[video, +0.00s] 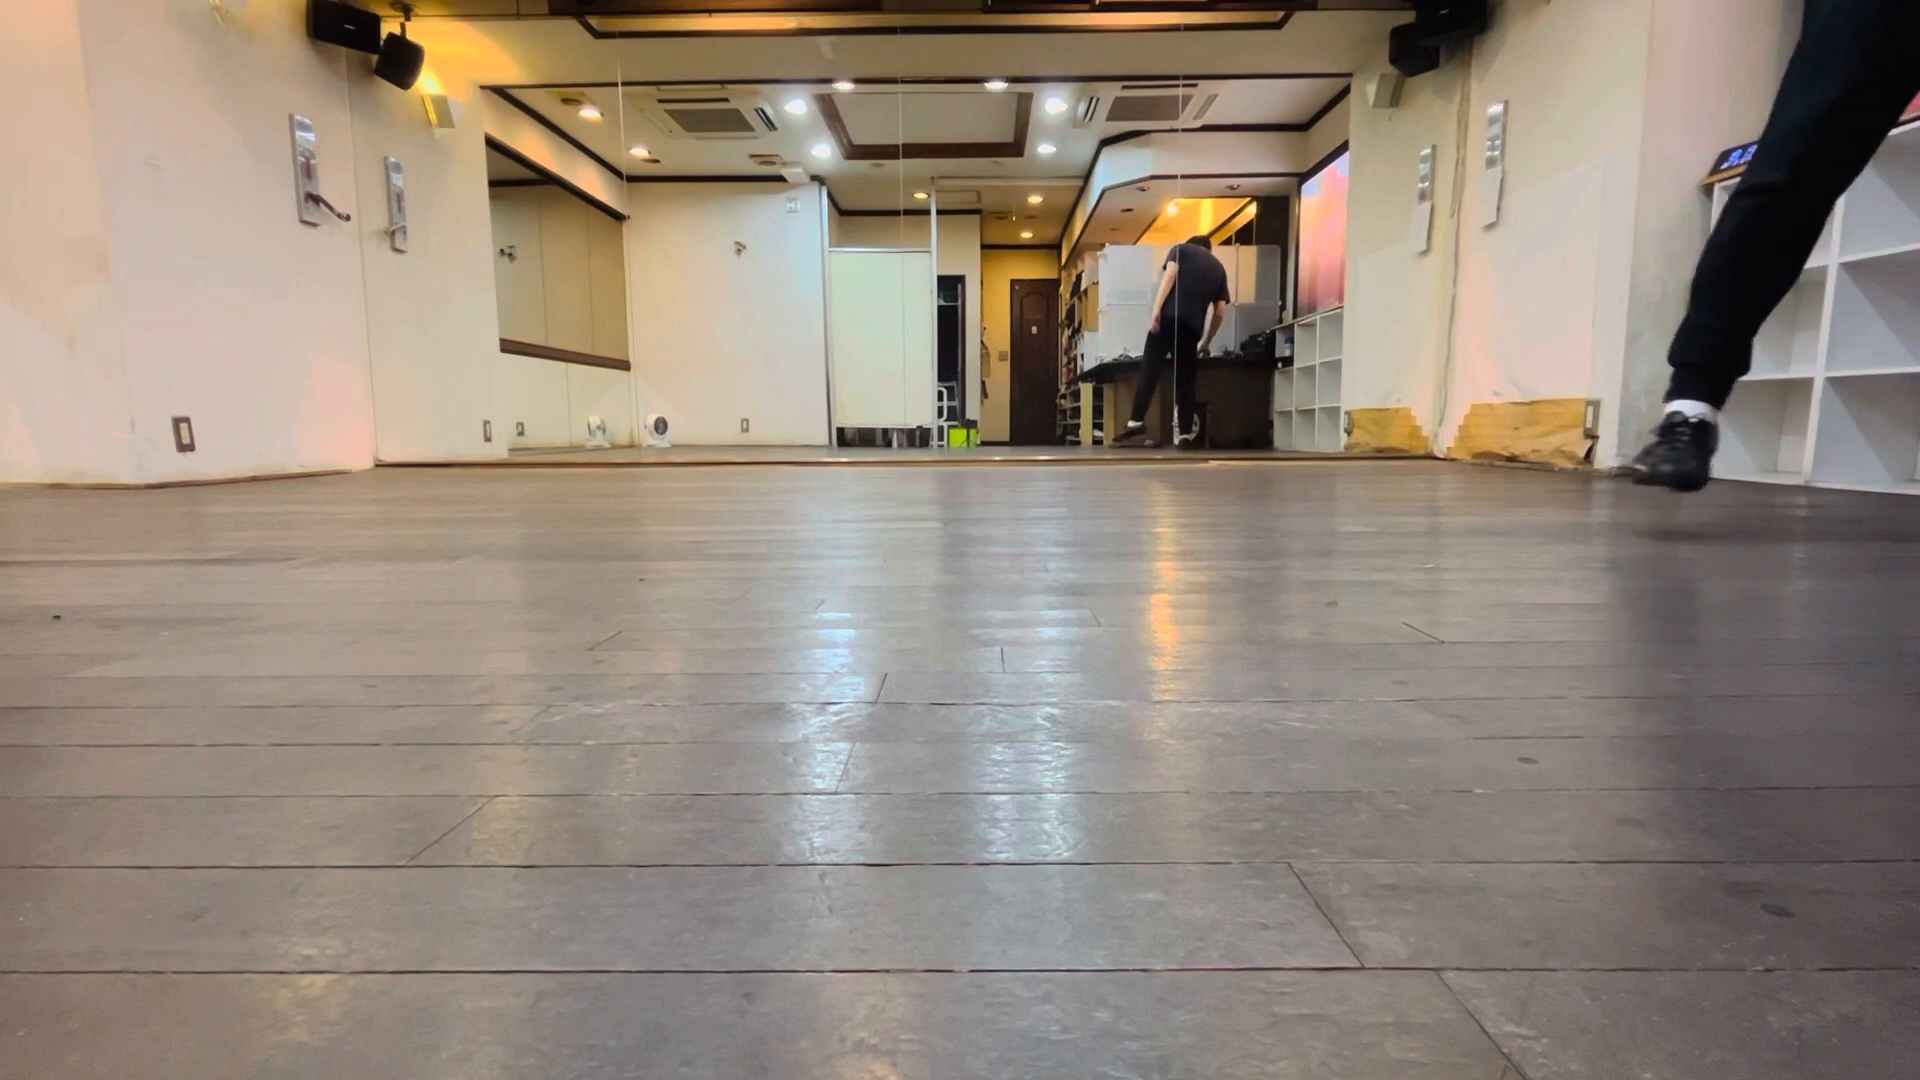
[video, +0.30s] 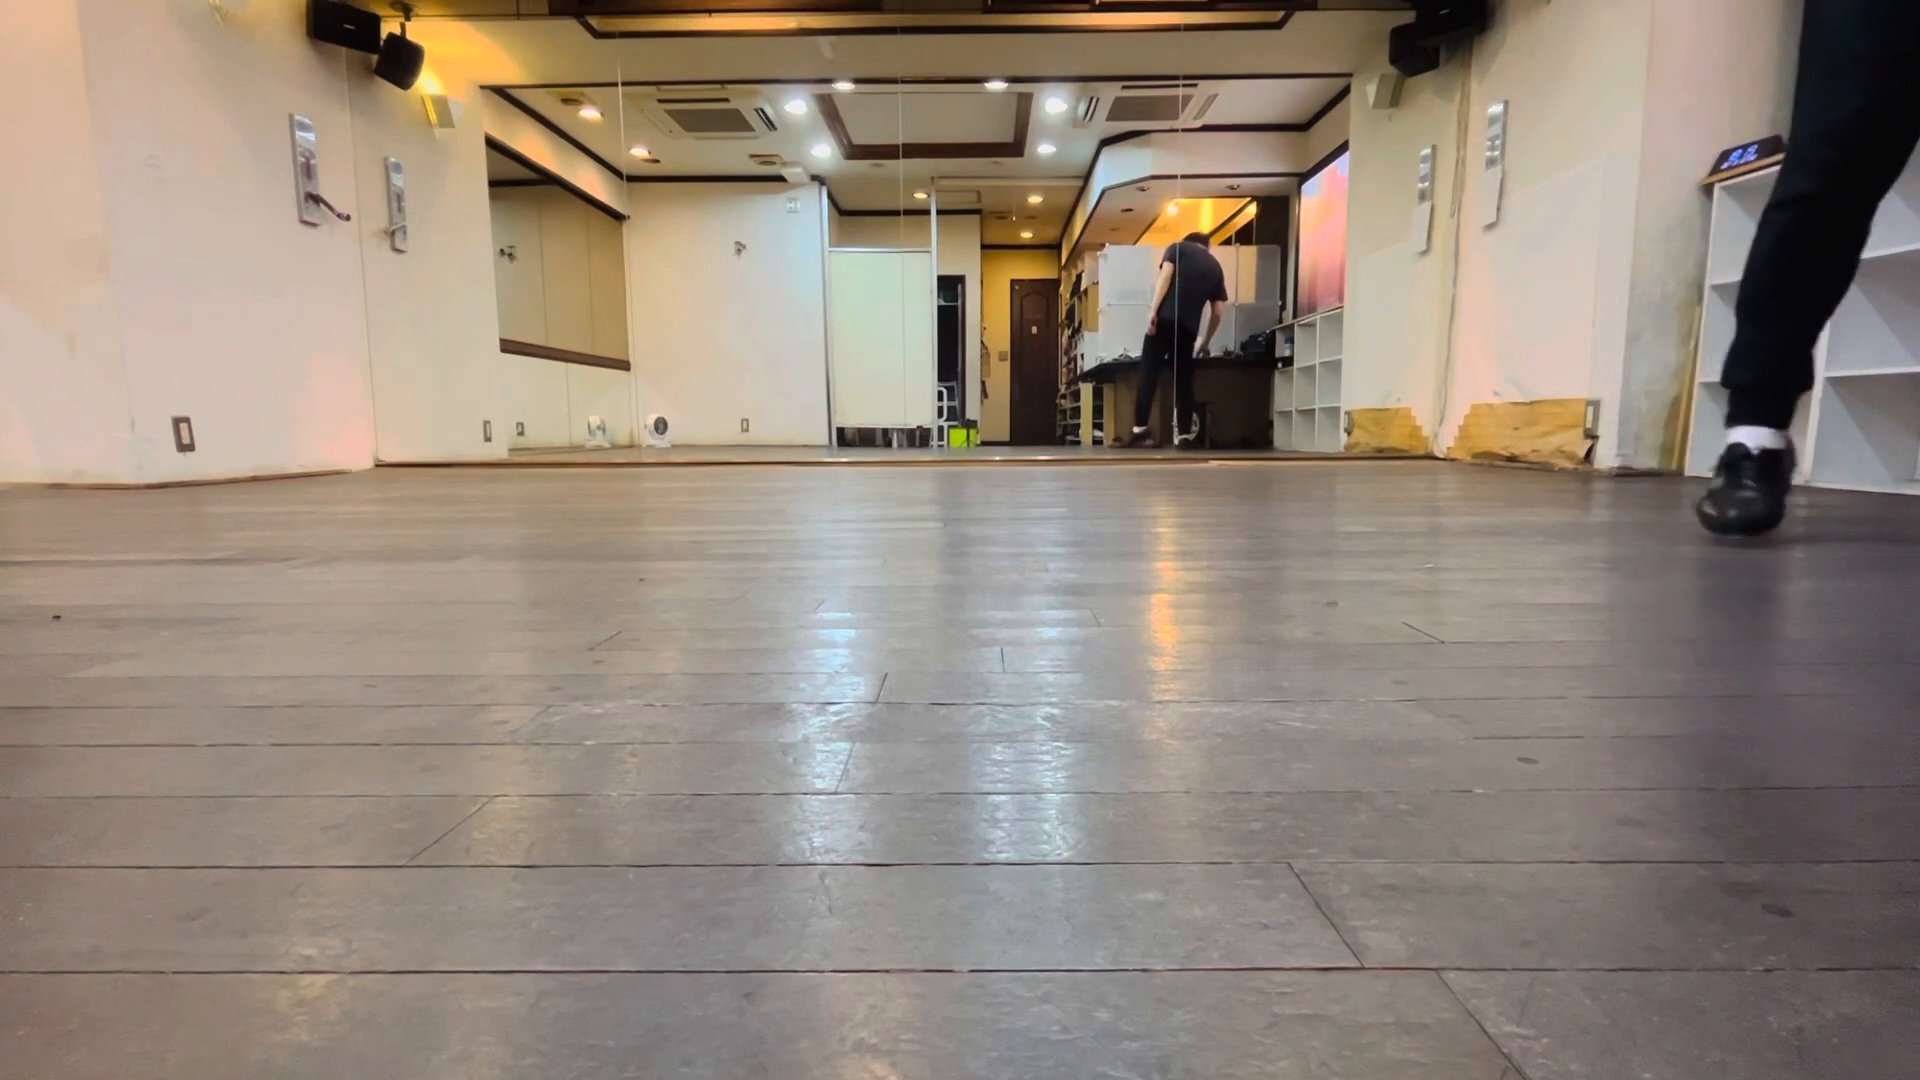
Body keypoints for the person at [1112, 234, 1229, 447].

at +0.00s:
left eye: (1187, 244)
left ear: (1189, 243)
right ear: (1209, 249)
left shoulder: (1179, 249)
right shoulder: (1218, 268)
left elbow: (1171, 274)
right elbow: (1220, 313)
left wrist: (1156, 309)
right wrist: (1207, 343)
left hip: (1167, 319)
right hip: (1193, 327)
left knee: (1150, 369)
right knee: (1185, 379)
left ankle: (1136, 420)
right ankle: (1183, 434)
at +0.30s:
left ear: (1188, 241)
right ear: (1206, 247)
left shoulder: (1177, 247)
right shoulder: (1215, 267)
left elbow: (1166, 275)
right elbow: (1217, 312)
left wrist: (1154, 310)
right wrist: (1205, 342)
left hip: (1163, 321)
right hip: (1187, 329)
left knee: (1148, 372)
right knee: (1184, 378)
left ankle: (1140, 426)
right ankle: (1182, 433)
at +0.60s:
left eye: (1176, 240)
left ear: (1178, 238)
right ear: (1198, 242)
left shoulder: (1168, 248)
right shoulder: (1206, 262)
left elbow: (1156, 281)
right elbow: (1211, 309)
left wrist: (1146, 317)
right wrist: (1204, 342)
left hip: (1157, 325)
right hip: (1182, 329)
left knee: (1146, 374)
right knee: (1180, 377)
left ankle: (1146, 429)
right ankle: (1182, 432)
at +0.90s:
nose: (1168, 244)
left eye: (1169, 240)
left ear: (1171, 239)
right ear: (1192, 242)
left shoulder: (1163, 249)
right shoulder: (1201, 262)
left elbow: (1153, 280)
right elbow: (1208, 308)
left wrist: (1142, 316)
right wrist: (1203, 342)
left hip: (1153, 325)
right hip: (1179, 330)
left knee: (1144, 374)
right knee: (1179, 378)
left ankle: (1145, 429)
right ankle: (1181, 432)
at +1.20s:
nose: (1154, 250)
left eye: (1154, 245)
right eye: (1155, 246)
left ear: (1158, 242)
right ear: (1175, 242)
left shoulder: (1157, 249)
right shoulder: (1191, 260)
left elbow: (1157, 278)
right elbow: (1200, 304)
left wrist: (1158, 316)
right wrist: (1196, 334)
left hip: (1151, 326)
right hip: (1178, 329)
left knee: (1138, 374)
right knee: (1179, 379)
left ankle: (1130, 430)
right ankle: (1182, 433)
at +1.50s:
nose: (1119, 251)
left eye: (1119, 247)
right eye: (1119, 247)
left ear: (1123, 243)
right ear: (1141, 240)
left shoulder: (1129, 255)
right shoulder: (1160, 256)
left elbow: (1139, 280)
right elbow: (1173, 292)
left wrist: (1151, 313)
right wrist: (1169, 319)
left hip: (1136, 327)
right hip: (1161, 328)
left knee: (1123, 376)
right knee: (1167, 378)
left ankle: (1117, 433)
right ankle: (1182, 429)